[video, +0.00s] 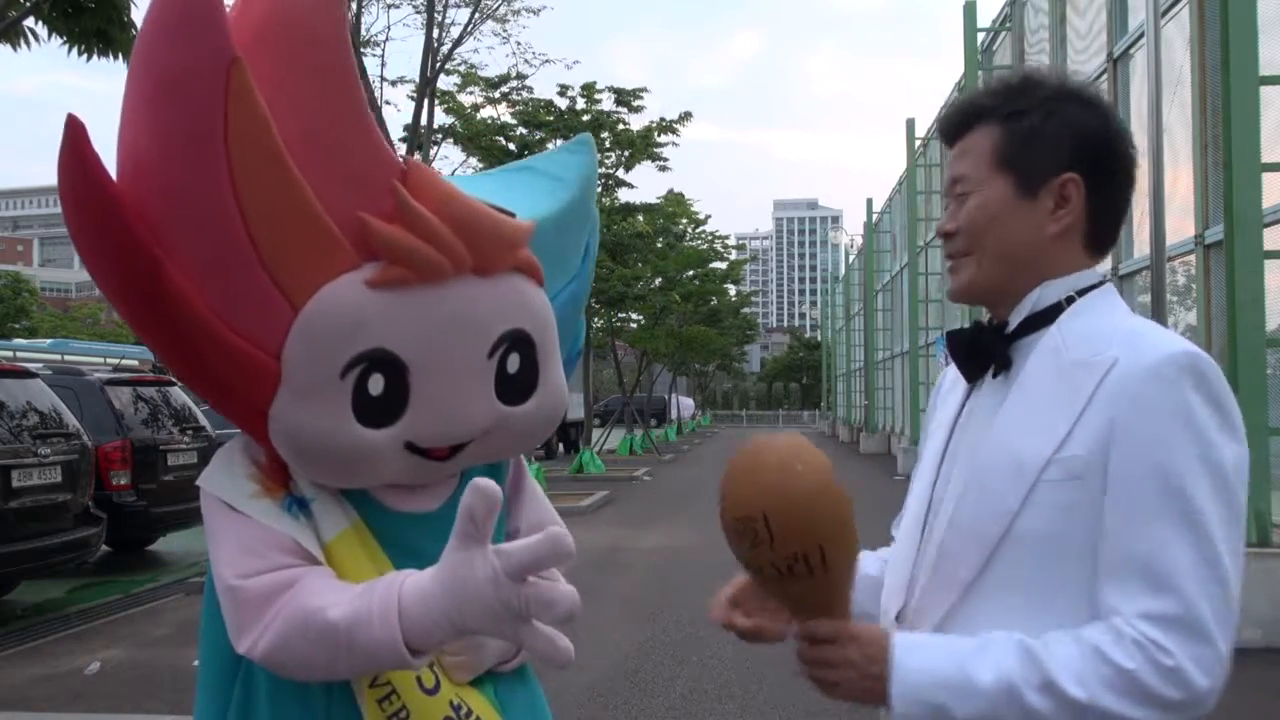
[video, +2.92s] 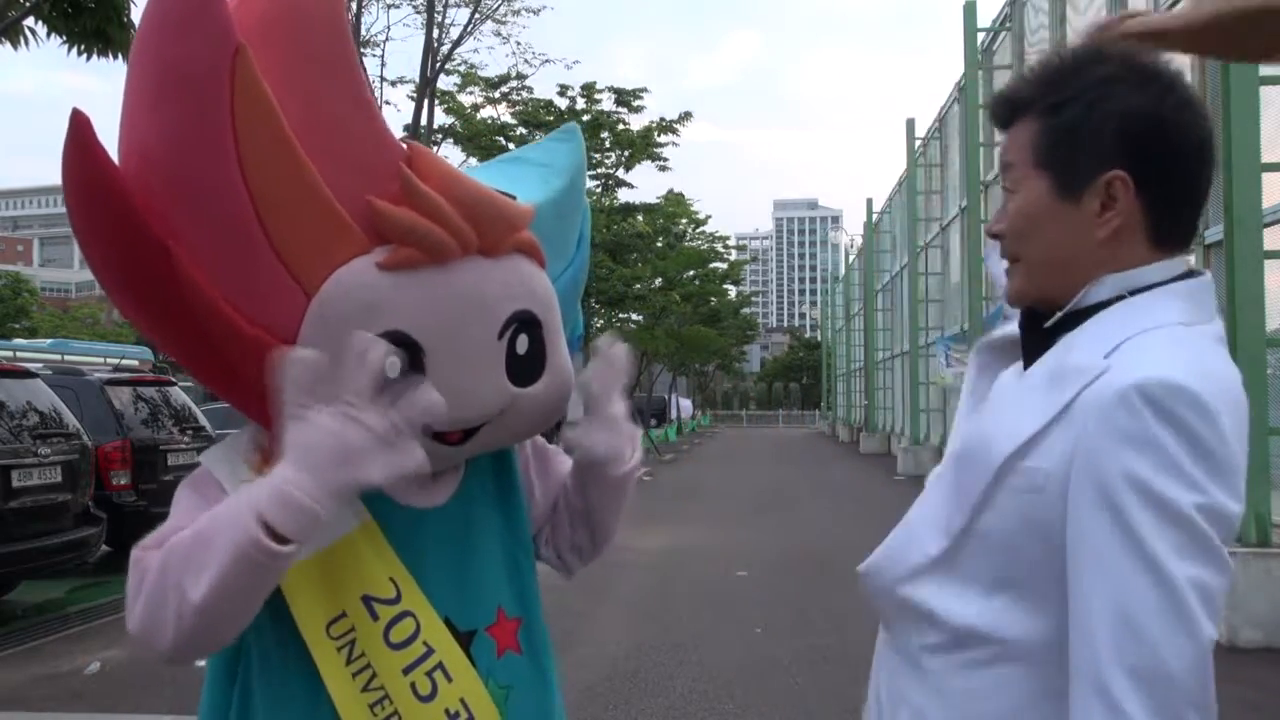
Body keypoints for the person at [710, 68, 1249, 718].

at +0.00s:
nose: (942, 225)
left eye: (962, 194)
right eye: (945, 201)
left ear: (1059, 203)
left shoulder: (1155, 375)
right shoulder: (965, 371)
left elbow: (1172, 665)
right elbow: (927, 572)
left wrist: (903, 672)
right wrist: (808, 592)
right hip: (915, 715)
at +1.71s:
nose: (871, 228)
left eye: (887, 191)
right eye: (879, 195)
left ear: (974, 199)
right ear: (970, 202)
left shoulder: (1092, 373)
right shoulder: (947, 365)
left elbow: (1125, 680)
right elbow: (940, 582)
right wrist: (834, 631)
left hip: (1011, 707)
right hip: (915, 706)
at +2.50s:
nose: (935, 222)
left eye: (954, 186)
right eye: (943, 190)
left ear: (1042, 198)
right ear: (1035, 200)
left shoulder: (1142, 356)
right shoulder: (1011, 356)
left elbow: (1139, 668)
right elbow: (964, 551)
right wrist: (823, 574)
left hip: (1020, 705)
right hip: (931, 701)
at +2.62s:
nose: (979, 226)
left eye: (996, 190)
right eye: (985, 194)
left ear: (1090, 203)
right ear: (1085, 205)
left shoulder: (1159, 373)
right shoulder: (1074, 354)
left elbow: (1131, 691)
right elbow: (931, 458)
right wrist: (800, 379)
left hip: (1011, 708)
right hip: (934, 696)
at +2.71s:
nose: (998, 234)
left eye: (1017, 198)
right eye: (1007, 202)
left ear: (1115, 208)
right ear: (1114, 211)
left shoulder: (1158, 385)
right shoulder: (1093, 356)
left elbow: (1134, 700)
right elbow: (949, 369)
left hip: (990, 706)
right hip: (932, 699)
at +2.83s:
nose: (999, 228)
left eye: (1019, 195)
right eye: (1008, 199)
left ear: (1118, 208)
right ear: (1117, 211)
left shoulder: (1153, 390)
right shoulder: (1076, 351)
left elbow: (1143, 701)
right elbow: (988, 288)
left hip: (986, 704)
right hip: (930, 696)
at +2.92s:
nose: (993, 223)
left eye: (1011, 189)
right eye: (1002, 191)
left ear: (1109, 204)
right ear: (1108, 207)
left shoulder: (1149, 389)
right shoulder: (1085, 347)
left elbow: (1141, 700)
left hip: (985, 704)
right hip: (923, 694)